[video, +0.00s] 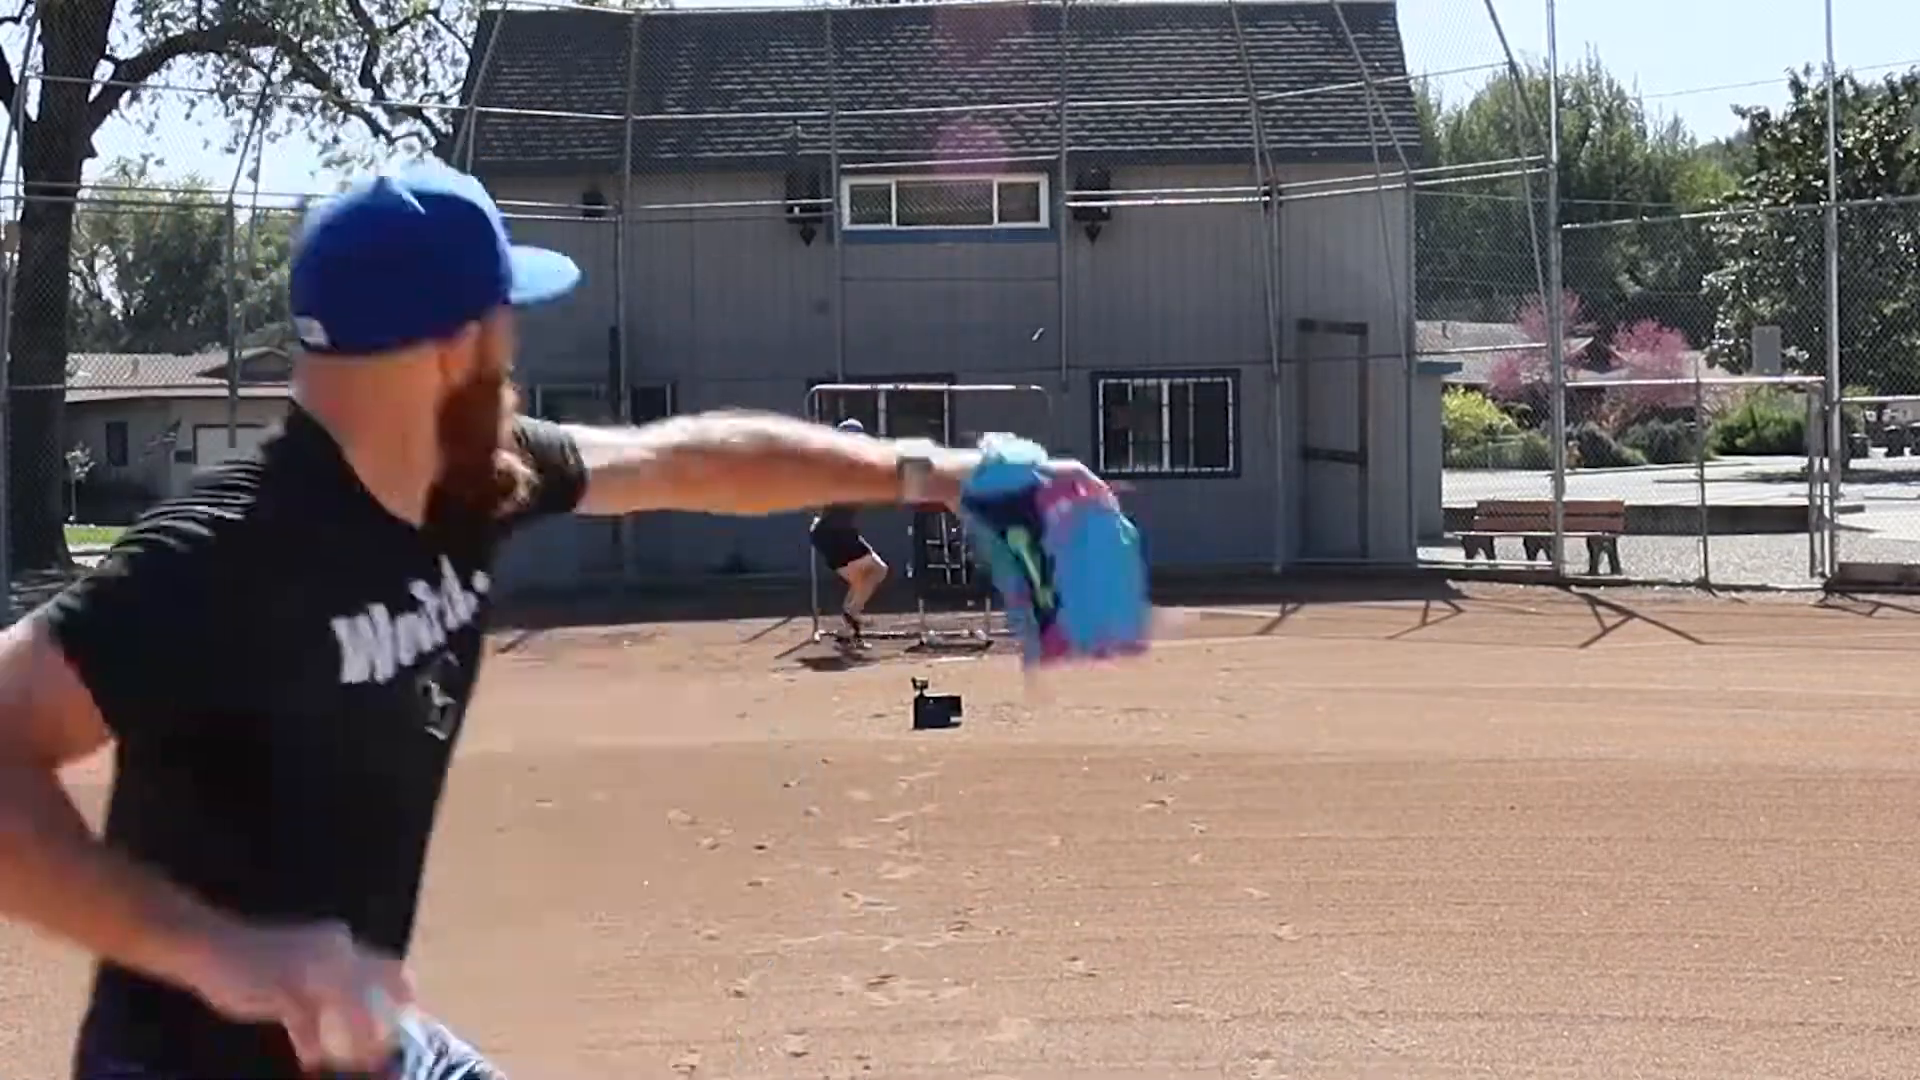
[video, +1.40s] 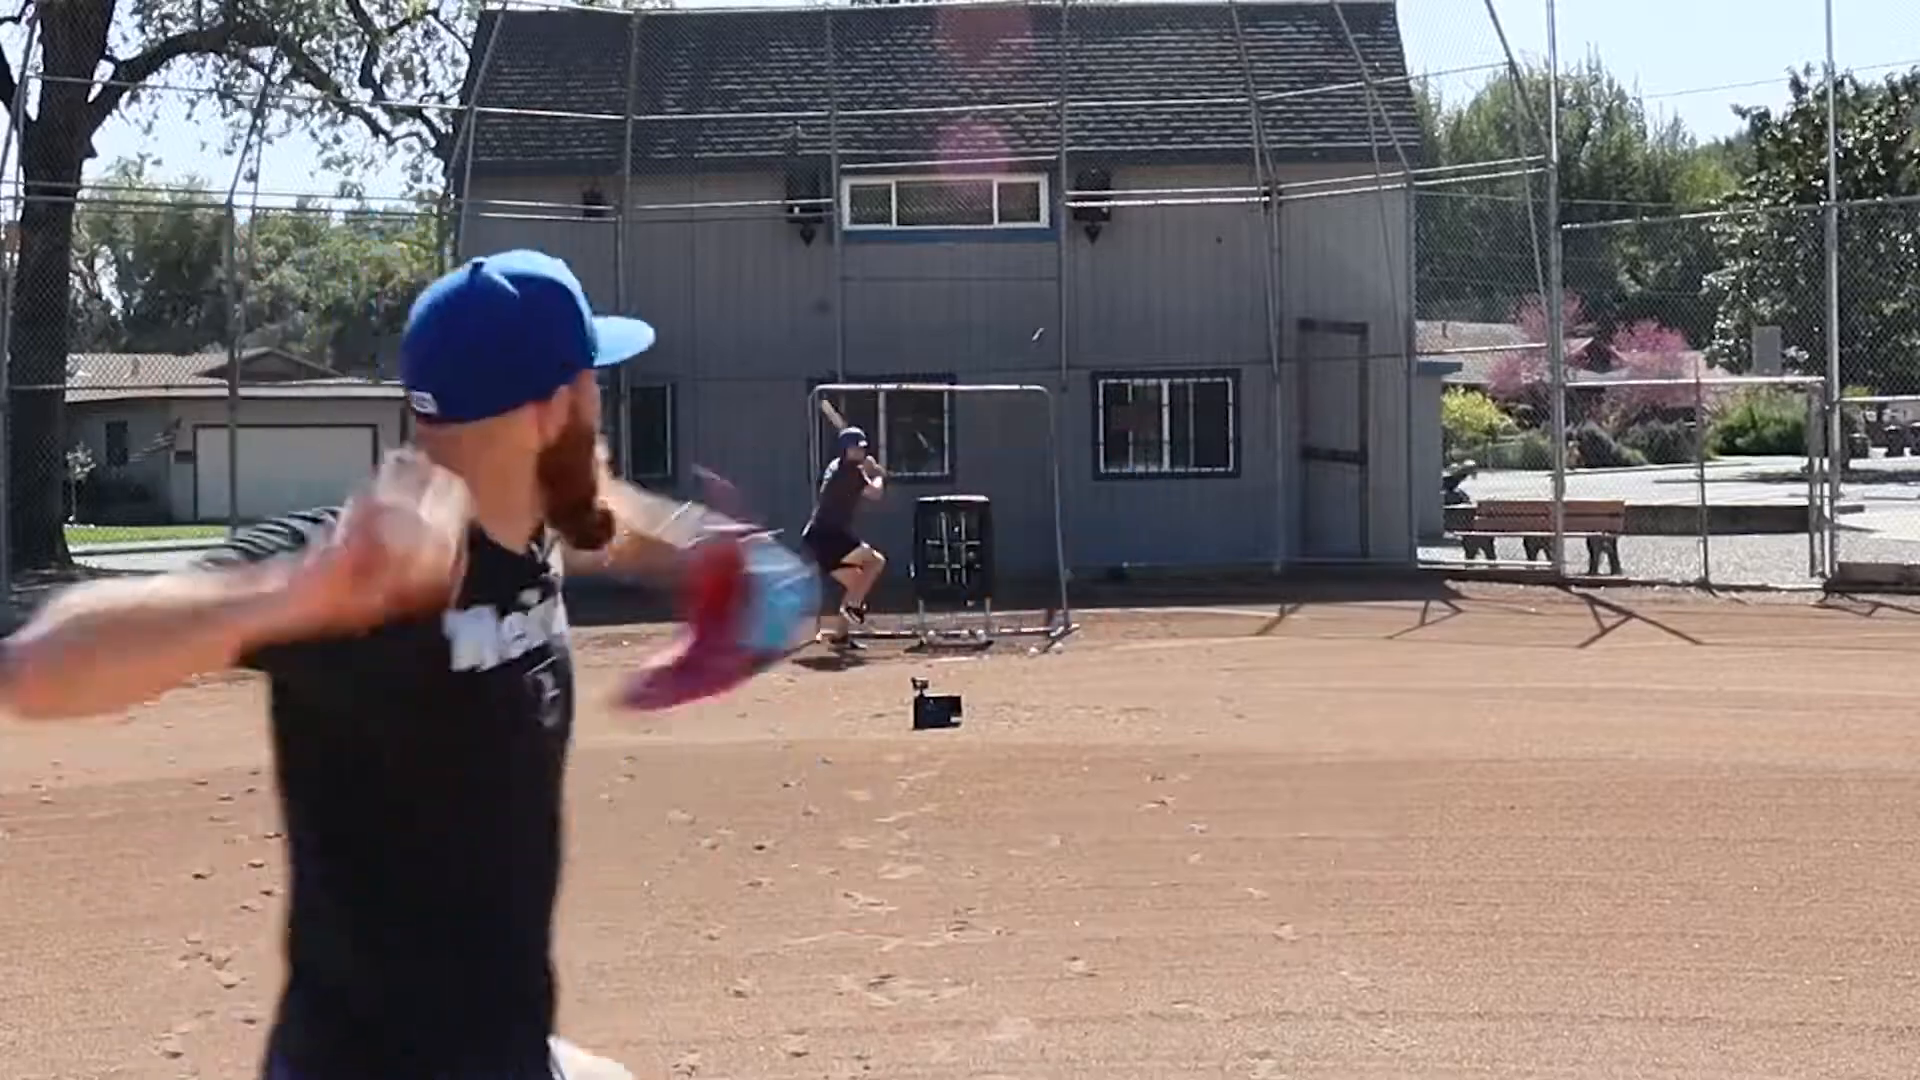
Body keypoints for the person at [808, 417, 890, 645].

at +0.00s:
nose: (856, 444)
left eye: (857, 440)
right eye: (853, 439)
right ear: (846, 442)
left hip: (823, 528)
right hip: (838, 528)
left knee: (858, 579)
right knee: (877, 568)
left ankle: (847, 632)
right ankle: (854, 609)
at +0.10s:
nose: (863, 446)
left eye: (864, 441)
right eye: (858, 442)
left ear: (861, 444)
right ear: (849, 444)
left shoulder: (838, 462)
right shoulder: (854, 464)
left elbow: (878, 487)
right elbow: (883, 483)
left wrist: (874, 464)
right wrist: (880, 463)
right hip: (835, 531)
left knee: (858, 579)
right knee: (881, 562)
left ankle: (844, 633)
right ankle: (858, 606)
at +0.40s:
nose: (867, 456)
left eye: (868, 451)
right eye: (863, 451)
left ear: (865, 453)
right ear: (854, 452)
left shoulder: (836, 469)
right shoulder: (858, 474)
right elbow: (879, 494)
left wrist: (866, 470)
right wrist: (872, 474)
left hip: (817, 535)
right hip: (833, 535)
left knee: (856, 584)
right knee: (871, 575)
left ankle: (844, 632)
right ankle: (845, 617)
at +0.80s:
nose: (871, 464)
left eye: (872, 459)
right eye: (867, 459)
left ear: (857, 462)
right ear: (856, 461)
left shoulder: (838, 476)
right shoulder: (855, 484)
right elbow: (877, 517)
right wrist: (870, 493)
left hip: (828, 544)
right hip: (823, 546)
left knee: (855, 591)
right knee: (846, 595)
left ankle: (842, 634)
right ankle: (820, 643)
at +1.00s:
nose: (868, 454)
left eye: (868, 449)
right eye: (864, 450)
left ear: (852, 451)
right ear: (852, 450)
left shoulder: (840, 471)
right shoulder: (847, 475)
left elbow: (852, 504)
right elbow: (856, 518)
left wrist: (867, 516)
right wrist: (875, 527)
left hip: (836, 539)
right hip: (830, 541)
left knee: (855, 590)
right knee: (844, 593)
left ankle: (844, 635)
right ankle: (821, 643)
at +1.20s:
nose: (868, 452)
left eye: (867, 447)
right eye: (864, 448)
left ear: (852, 450)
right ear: (852, 449)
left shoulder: (847, 472)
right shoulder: (843, 473)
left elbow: (848, 507)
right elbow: (841, 510)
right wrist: (856, 536)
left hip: (840, 538)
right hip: (830, 538)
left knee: (855, 590)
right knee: (842, 592)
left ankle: (843, 634)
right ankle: (821, 642)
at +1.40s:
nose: (862, 450)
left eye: (863, 446)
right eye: (857, 446)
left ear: (858, 448)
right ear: (846, 449)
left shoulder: (837, 466)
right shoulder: (850, 472)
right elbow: (876, 492)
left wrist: (868, 470)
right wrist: (879, 475)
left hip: (815, 537)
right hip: (829, 536)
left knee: (854, 580)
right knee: (874, 561)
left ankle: (841, 633)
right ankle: (854, 602)